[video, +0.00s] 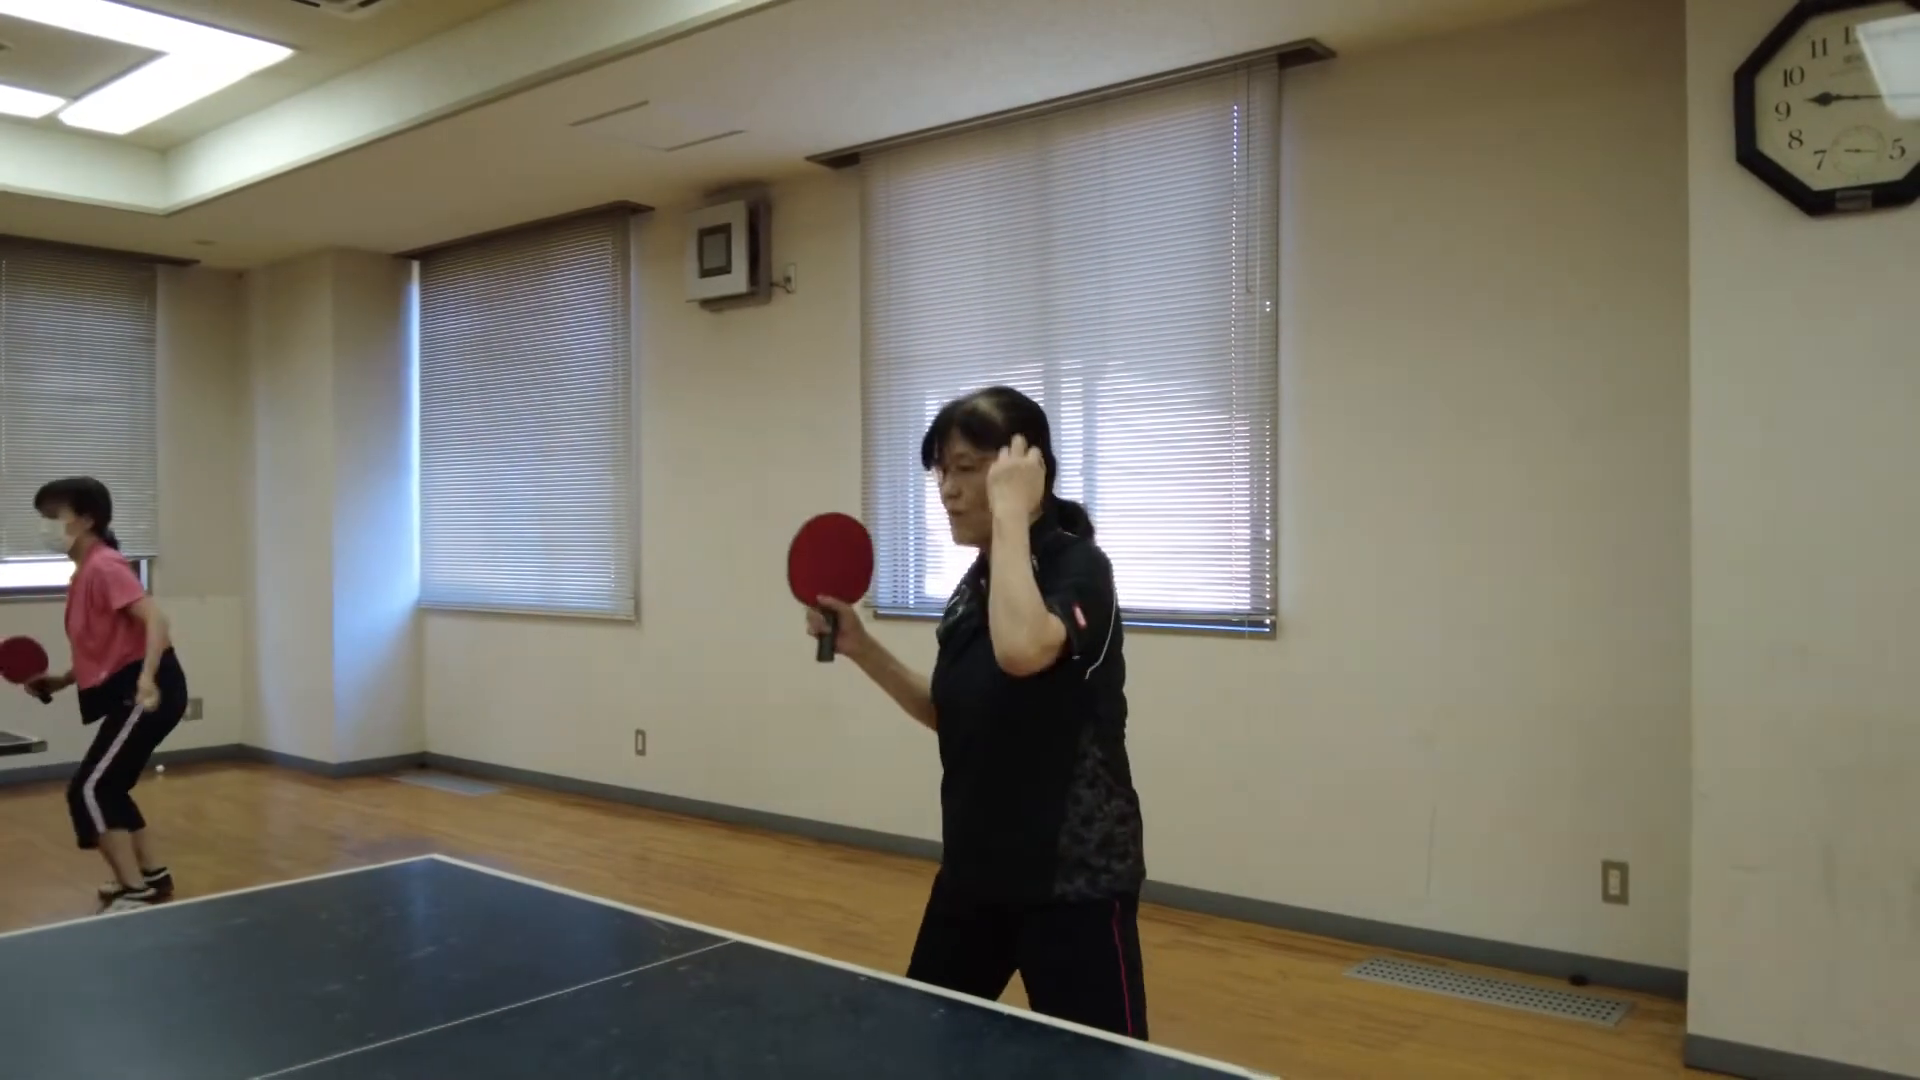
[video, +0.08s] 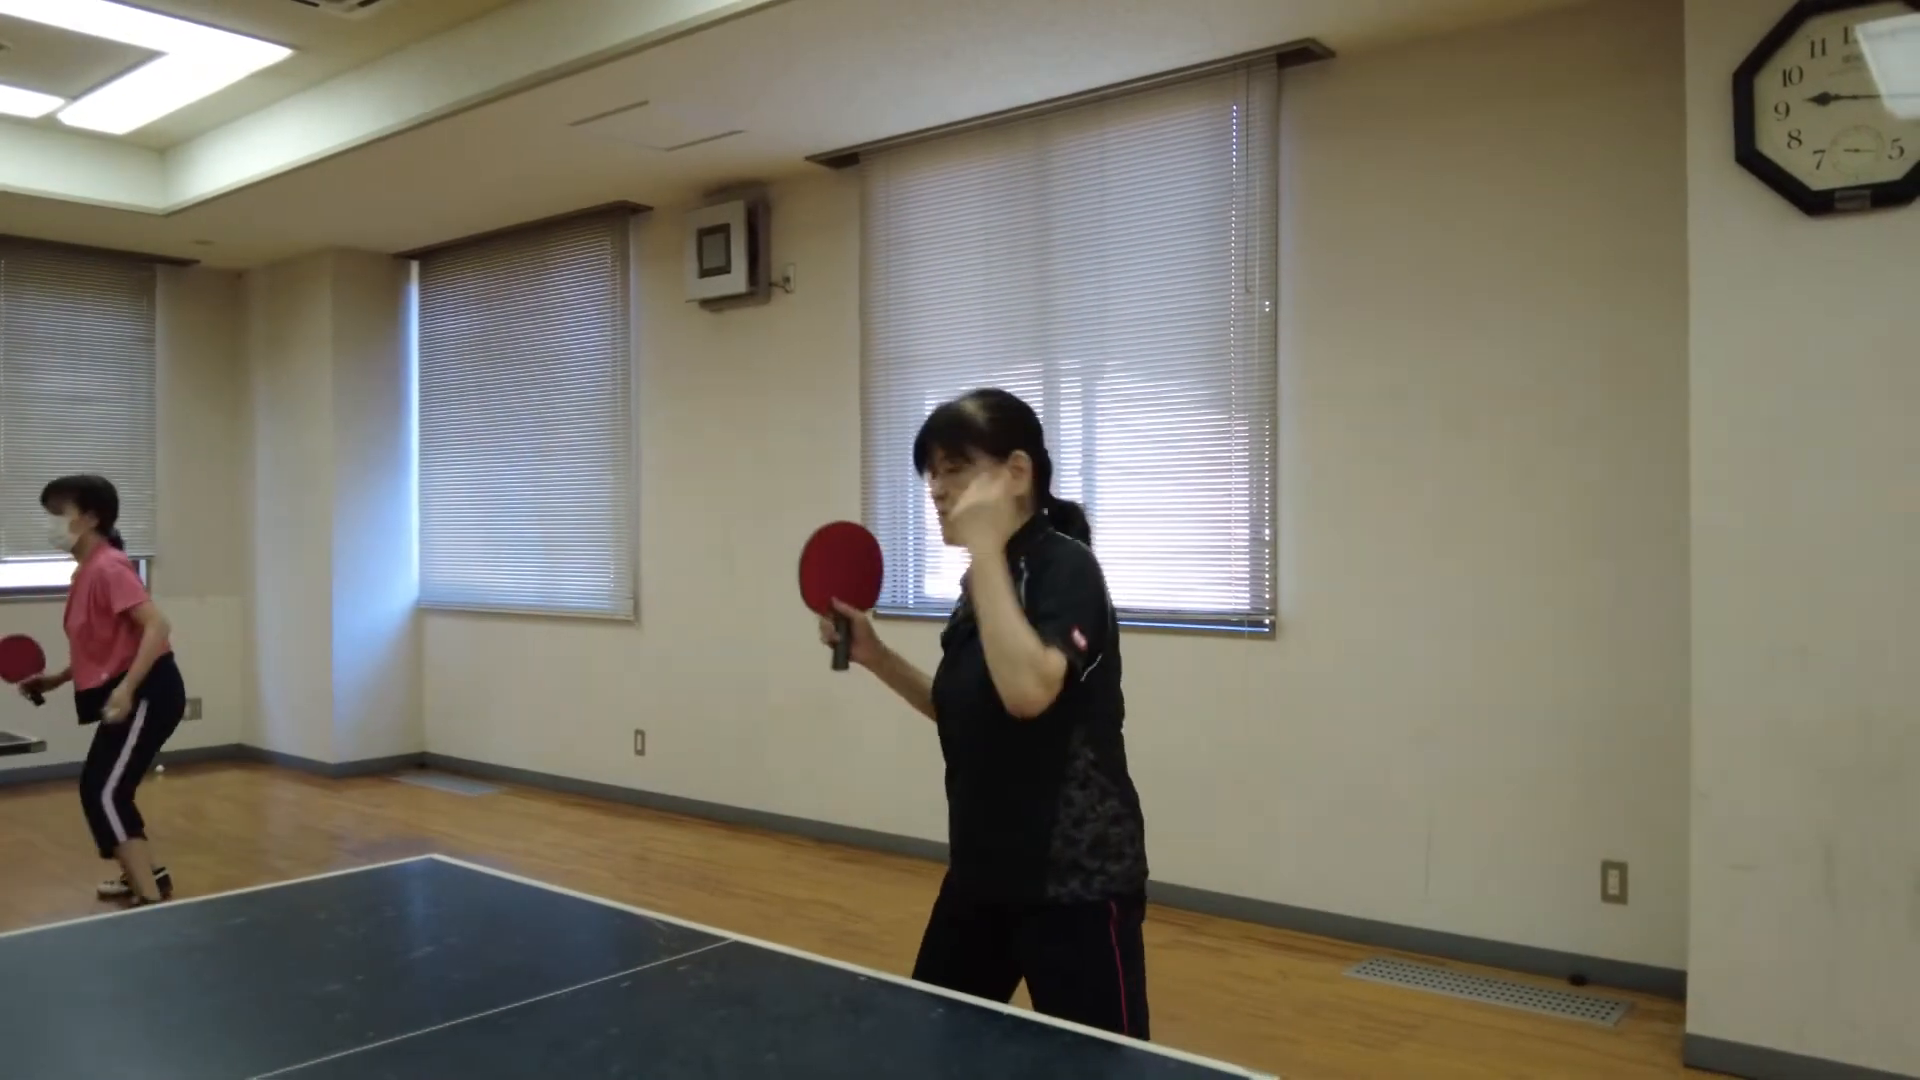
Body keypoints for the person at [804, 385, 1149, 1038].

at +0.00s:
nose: (946, 488)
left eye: (965, 470)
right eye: (941, 471)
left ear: (1021, 474)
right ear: (937, 476)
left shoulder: (1075, 565)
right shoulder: (975, 590)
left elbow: (1023, 648)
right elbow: (951, 713)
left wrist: (1013, 514)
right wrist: (862, 648)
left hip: (1074, 879)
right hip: (979, 869)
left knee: (1103, 1064)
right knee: (919, 1041)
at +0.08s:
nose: (937, 489)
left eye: (956, 468)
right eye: (931, 475)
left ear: (1018, 473)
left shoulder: (1064, 565)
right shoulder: (981, 584)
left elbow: (1029, 690)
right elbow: (963, 714)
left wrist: (984, 549)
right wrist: (875, 655)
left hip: (1077, 877)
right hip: (987, 869)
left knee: (1102, 1064)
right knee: (928, 1042)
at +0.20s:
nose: (911, 506)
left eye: (915, 485)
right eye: (910, 488)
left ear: (960, 482)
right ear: (962, 485)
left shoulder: (1031, 580)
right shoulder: (990, 585)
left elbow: (1028, 732)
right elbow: (994, 715)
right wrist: (887, 669)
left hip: (1068, 889)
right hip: (993, 876)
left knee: (1086, 1062)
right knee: (919, 1033)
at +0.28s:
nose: (893, 511)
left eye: (896, 491)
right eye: (894, 493)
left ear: (925, 494)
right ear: (949, 496)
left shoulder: (998, 589)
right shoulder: (969, 589)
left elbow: (1008, 746)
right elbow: (981, 720)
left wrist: (880, 716)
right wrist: (899, 693)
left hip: (1050, 890)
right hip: (983, 876)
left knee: (1064, 1060)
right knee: (894, 1021)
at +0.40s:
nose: (852, 518)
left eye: (855, 499)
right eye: (853, 500)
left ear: (879, 503)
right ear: (929, 502)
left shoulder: (924, 595)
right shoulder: (945, 587)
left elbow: (934, 751)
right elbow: (957, 717)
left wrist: (838, 738)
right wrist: (870, 703)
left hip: (992, 888)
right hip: (955, 879)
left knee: (1036, 1054)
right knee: (857, 1010)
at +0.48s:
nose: (817, 518)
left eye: (819, 500)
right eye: (819, 501)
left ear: (839, 506)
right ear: (898, 503)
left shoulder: (872, 596)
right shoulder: (925, 587)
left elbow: (871, 748)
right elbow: (937, 721)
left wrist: (783, 766)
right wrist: (841, 720)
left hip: (948, 876)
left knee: (982, 1050)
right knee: (842, 1010)